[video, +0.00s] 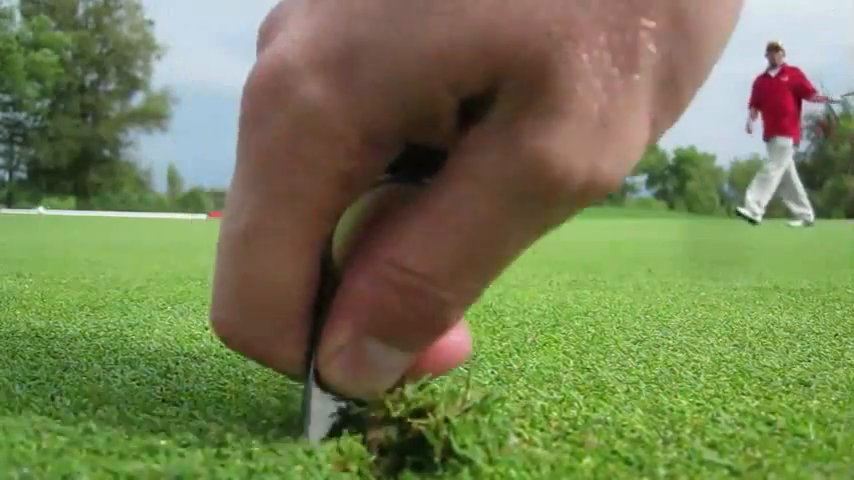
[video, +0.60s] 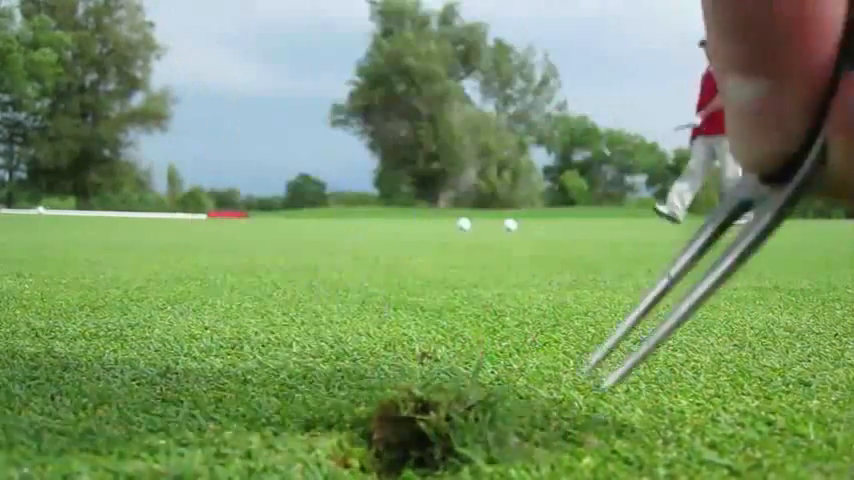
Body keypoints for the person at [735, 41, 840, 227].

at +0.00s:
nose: (773, 56)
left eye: (776, 53)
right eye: (770, 53)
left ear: (782, 55)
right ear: (766, 56)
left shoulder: (793, 74)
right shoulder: (760, 81)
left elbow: (809, 94)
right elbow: (754, 105)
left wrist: (822, 98)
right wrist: (750, 120)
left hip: (787, 129)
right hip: (770, 131)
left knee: (772, 169)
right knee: (787, 174)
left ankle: (753, 209)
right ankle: (804, 214)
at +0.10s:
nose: (764, 58)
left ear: (774, 54)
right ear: (757, 57)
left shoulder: (782, 73)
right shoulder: (755, 76)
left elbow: (801, 94)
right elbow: (746, 102)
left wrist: (821, 106)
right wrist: (738, 125)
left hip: (774, 131)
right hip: (758, 132)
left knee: (759, 172)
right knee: (775, 176)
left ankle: (749, 212)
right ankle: (798, 210)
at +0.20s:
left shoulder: (772, 74)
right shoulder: (745, 78)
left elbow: (788, 95)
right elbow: (735, 103)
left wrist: (801, 114)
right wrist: (731, 130)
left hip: (763, 128)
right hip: (747, 130)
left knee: (750, 172)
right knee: (752, 175)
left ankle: (746, 213)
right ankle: (782, 200)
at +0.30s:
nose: (744, 50)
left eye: (747, 46)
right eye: (741, 47)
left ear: (754, 48)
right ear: (738, 50)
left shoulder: (762, 68)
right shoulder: (736, 73)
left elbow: (773, 95)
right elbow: (732, 106)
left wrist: (777, 120)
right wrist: (726, 131)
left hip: (754, 125)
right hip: (735, 127)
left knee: (747, 170)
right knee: (734, 169)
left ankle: (746, 212)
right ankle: (758, 198)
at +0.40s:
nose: (732, 49)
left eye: (734, 45)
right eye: (729, 47)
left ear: (743, 46)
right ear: (728, 49)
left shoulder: (753, 67)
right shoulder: (728, 71)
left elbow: (756, 96)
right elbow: (724, 99)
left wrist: (751, 121)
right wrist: (717, 124)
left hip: (742, 127)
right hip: (722, 128)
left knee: (743, 172)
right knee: (719, 170)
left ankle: (747, 211)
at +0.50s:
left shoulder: (743, 74)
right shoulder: (719, 75)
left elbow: (739, 99)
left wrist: (725, 121)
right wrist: (709, 125)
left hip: (736, 129)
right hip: (713, 128)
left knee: (738, 173)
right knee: (705, 168)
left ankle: (746, 212)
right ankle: (691, 208)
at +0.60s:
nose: (706, 52)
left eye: (708, 47)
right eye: (705, 48)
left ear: (718, 48)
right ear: (705, 50)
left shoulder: (729, 72)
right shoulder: (708, 74)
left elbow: (726, 96)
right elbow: (704, 98)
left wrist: (705, 112)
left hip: (724, 129)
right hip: (705, 129)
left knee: (731, 175)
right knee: (694, 170)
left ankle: (737, 212)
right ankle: (675, 207)